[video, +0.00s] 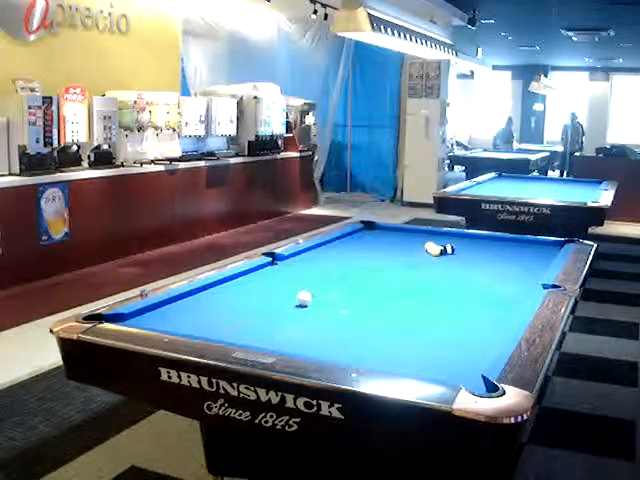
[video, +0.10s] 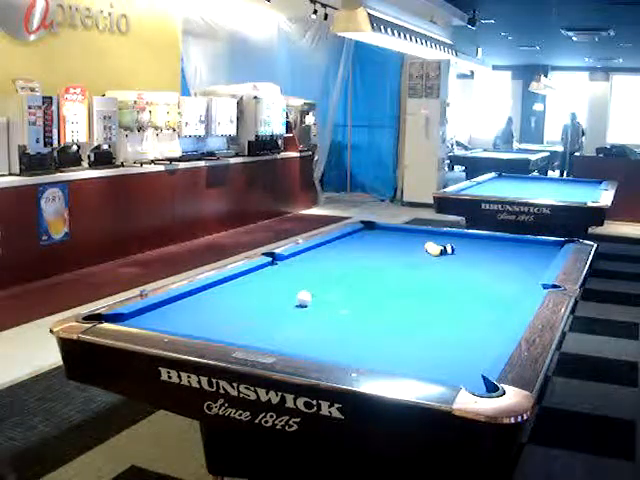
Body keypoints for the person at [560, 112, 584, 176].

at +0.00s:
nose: (572, 120)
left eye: (574, 119)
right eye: (571, 119)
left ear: (576, 118)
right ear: (570, 118)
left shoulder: (579, 126)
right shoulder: (566, 126)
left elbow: (581, 136)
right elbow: (563, 135)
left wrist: (580, 146)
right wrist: (563, 142)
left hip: (575, 146)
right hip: (566, 146)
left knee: (571, 159)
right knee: (563, 159)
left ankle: (569, 173)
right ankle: (561, 173)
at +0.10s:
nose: (572, 120)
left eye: (574, 118)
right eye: (571, 118)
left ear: (576, 118)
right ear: (570, 118)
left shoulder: (578, 126)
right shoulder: (566, 126)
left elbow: (582, 134)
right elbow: (563, 135)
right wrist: (563, 142)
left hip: (575, 146)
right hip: (567, 146)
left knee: (571, 159)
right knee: (563, 158)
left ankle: (569, 173)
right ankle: (561, 173)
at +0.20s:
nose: (572, 119)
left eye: (574, 118)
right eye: (571, 117)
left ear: (576, 118)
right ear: (570, 118)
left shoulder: (578, 126)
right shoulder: (566, 126)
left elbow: (582, 135)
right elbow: (563, 135)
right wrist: (563, 142)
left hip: (574, 146)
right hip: (566, 145)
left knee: (571, 160)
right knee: (563, 159)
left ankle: (569, 173)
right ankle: (561, 173)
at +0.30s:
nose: (572, 119)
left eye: (574, 117)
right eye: (571, 117)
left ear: (576, 118)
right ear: (570, 117)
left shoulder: (578, 126)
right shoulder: (566, 126)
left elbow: (580, 135)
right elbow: (563, 135)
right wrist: (563, 142)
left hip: (574, 146)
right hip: (566, 145)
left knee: (571, 160)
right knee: (563, 159)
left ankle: (569, 173)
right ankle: (561, 173)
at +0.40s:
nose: (572, 119)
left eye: (574, 117)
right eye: (571, 117)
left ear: (576, 117)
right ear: (570, 117)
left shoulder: (577, 126)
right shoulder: (566, 125)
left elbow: (580, 134)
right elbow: (563, 134)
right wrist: (563, 141)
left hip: (574, 145)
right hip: (566, 145)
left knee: (571, 159)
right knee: (563, 158)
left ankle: (569, 173)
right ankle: (561, 173)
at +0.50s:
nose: (572, 119)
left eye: (574, 117)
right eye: (571, 117)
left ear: (575, 117)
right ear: (570, 117)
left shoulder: (577, 126)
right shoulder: (566, 125)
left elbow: (579, 135)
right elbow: (563, 134)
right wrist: (563, 141)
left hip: (574, 146)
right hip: (566, 145)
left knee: (571, 159)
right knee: (563, 159)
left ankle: (569, 173)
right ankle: (561, 172)